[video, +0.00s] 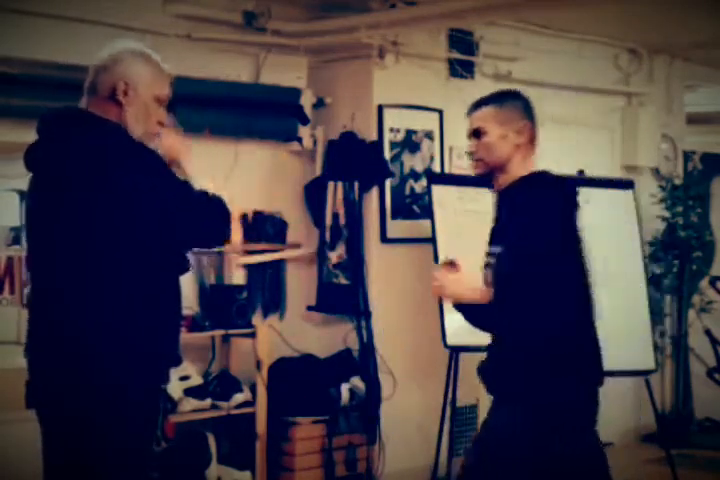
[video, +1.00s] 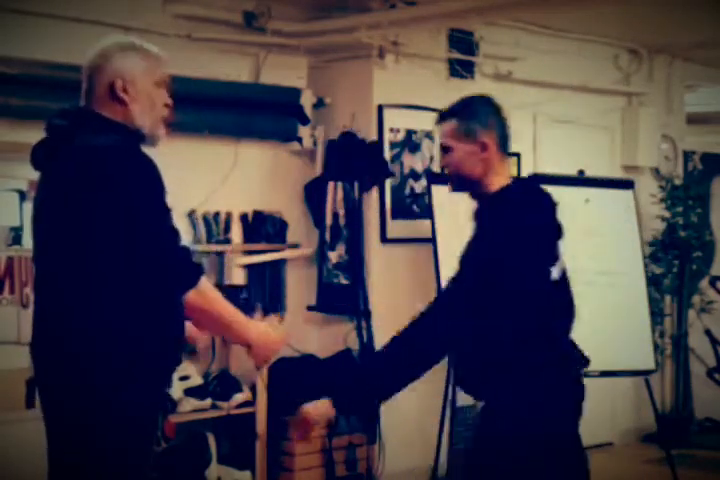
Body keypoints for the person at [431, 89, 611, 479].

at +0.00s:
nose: (470, 148)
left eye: (479, 135)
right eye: (470, 137)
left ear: (520, 137)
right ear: (514, 139)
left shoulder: (534, 199)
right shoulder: (521, 199)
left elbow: (532, 315)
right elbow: (512, 311)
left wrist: (467, 294)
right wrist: (465, 291)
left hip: (543, 394)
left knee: (483, 471)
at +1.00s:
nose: (442, 163)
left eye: (448, 150)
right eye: (441, 151)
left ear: (485, 147)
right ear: (484, 148)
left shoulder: (510, 219)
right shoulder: (519, 207)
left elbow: (443, 324)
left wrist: (349, 388)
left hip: (524, 403)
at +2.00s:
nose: (522, 153)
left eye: (530, 140)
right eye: (520, 144)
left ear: (571, 137)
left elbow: (660, 324)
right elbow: (514, 319)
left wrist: (590, 298)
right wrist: (485, 300)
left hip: (589, 387)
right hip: (544, 386)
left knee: (520, 469)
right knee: (595, 467)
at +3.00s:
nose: (352, 190)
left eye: (353, 177)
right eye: (348, 179)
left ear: (385, 165)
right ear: (387, 163)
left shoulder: (426, 238)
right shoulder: (449, 199)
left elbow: (372, 348)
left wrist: (271, 371)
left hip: (488, 395)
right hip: (522, 376)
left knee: (438, 472)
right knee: (529, 470)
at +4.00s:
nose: (548, 123)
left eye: (559, 112)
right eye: (550, 114)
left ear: (596, 121)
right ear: (591, 124)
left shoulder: (602, 185)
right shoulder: (607, 180)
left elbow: (586, 311)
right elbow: (588, 289)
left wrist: (519, 312)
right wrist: (537, 293)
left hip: (592, 369)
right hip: (607, 363)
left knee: (567, 467)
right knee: (604, 465)